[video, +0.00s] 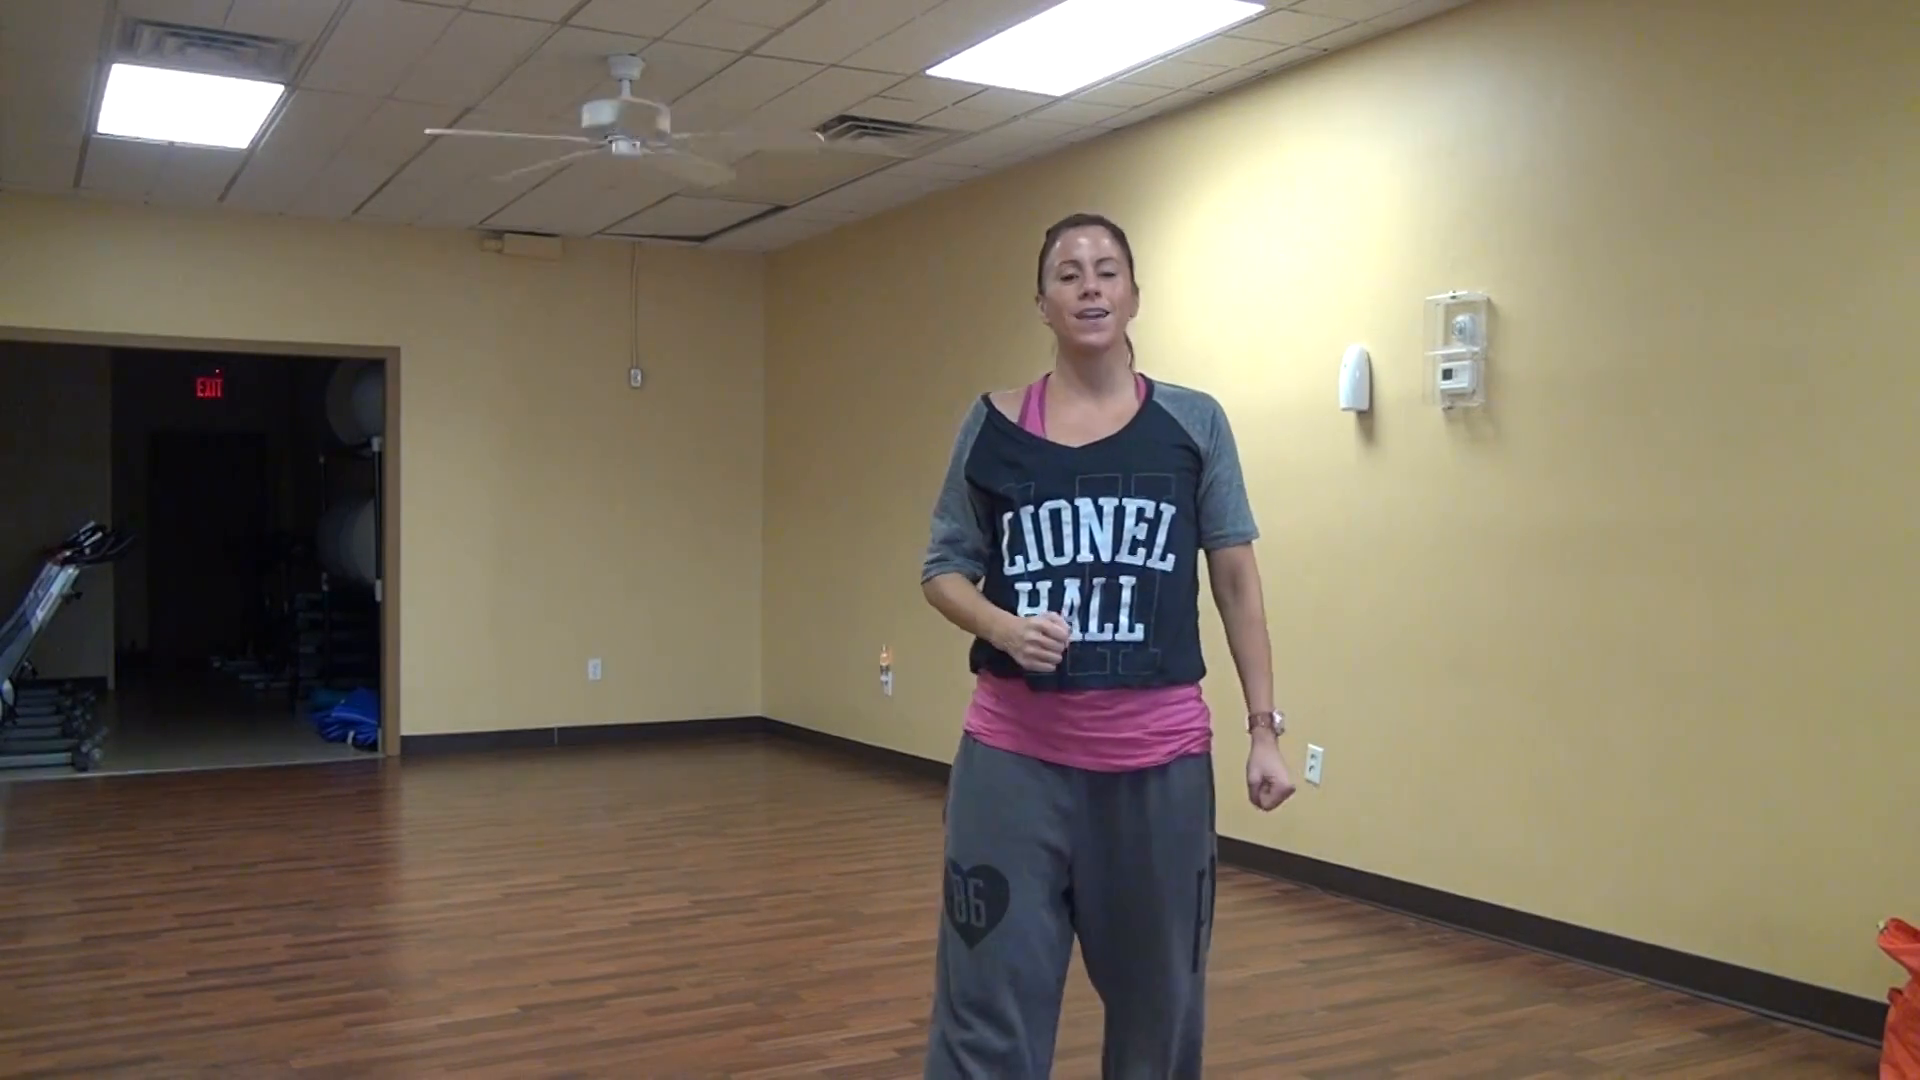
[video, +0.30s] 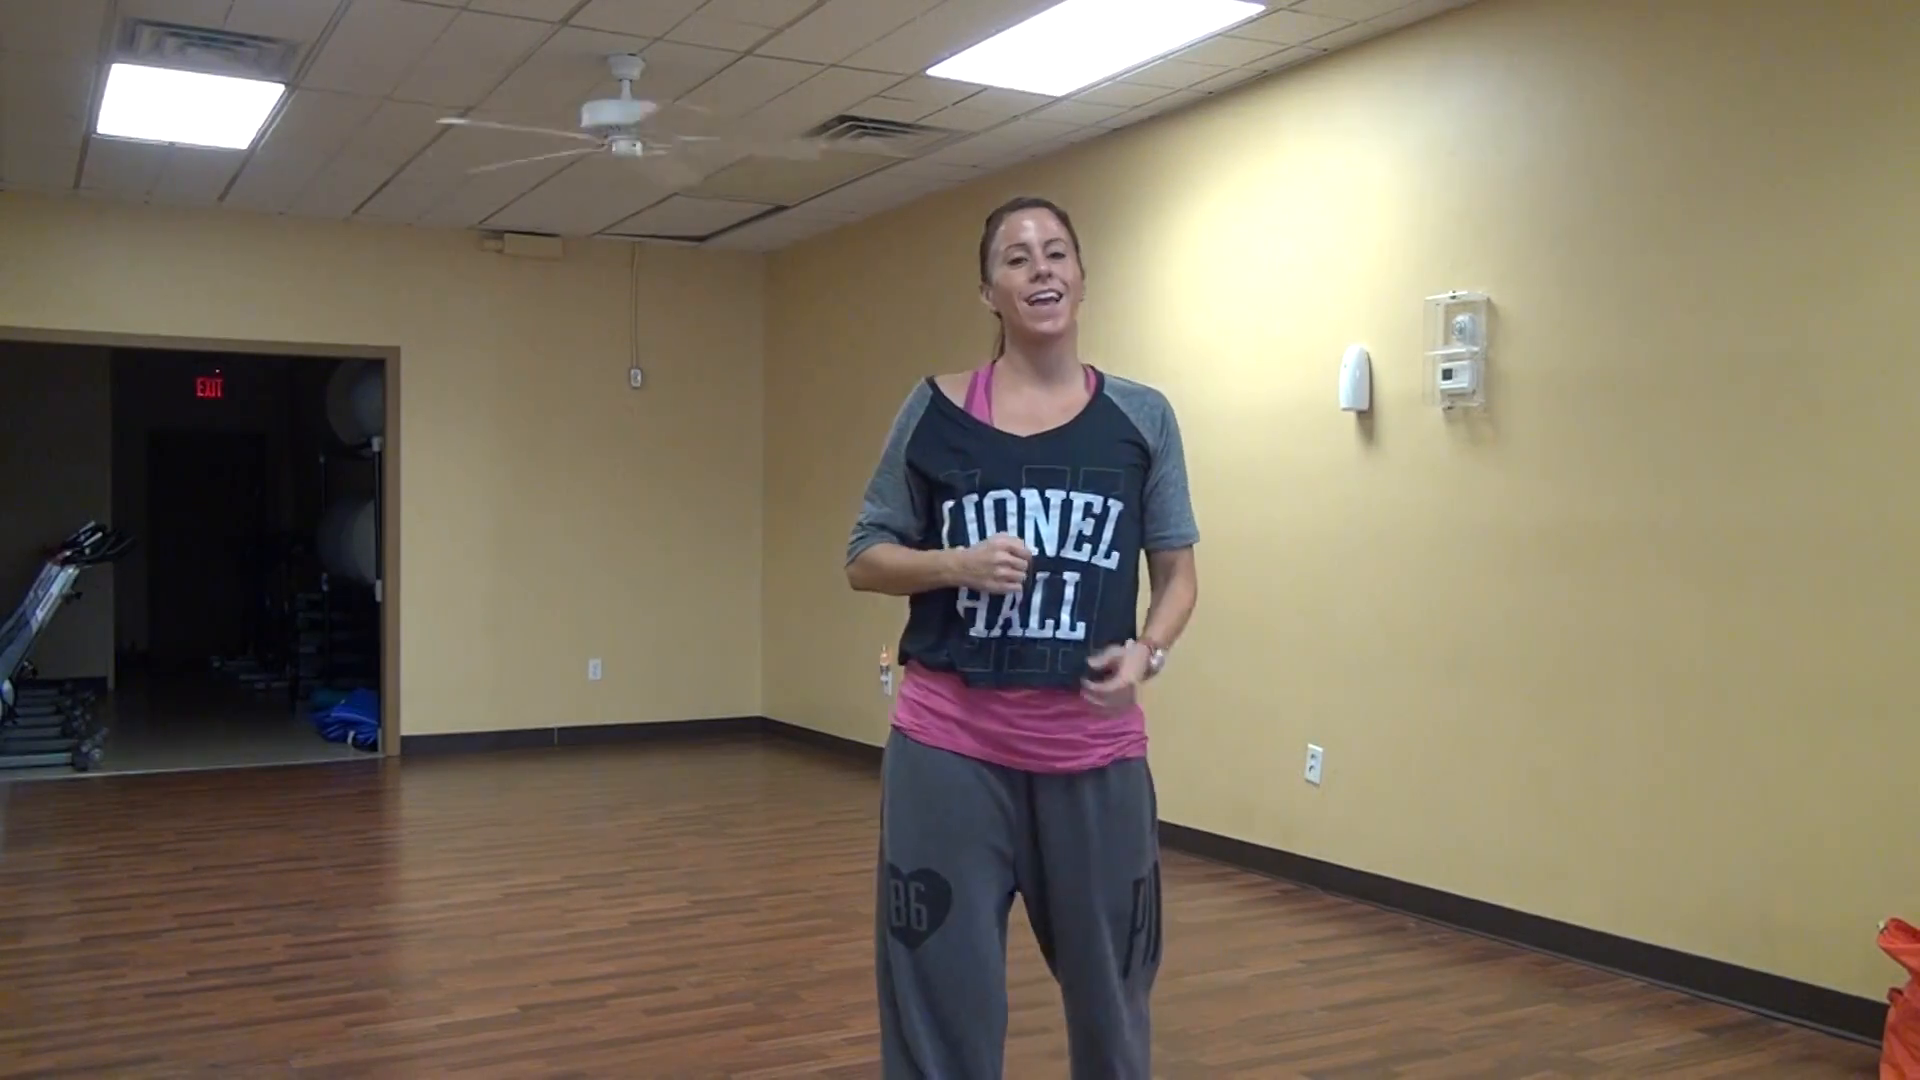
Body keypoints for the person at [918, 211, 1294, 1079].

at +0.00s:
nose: (1089, 286)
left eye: (1106, 270)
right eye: (1069, 273)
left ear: (1133, 292)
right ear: (1042, 299)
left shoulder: (1194, 421)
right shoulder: (996, 422)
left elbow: (1236, 580)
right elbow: (943, 570)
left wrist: (1264, 728)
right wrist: (1002, 627)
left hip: (1156, 759)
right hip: (1013, 754)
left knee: (1159, 1020)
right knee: (989, 1016)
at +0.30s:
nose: (1041, 270)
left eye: (1056, 253)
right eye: (1018, 258)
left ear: (1082, 275)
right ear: (988, 292)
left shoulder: (1142, 415)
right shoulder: (937, 407)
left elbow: (1176, 570)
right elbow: (866, 560)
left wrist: (1147, 649)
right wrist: (956, 565)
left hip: (1092, 750)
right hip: (947, 742)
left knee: (1112, 1008)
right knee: (938, 1005)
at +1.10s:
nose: (844, 277)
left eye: (866, 256)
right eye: (826, 260)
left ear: (905, 277)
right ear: (806, 280)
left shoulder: (973, 404)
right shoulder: (761, 413)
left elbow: (1052, 571)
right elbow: (700, 580)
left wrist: (915, 544)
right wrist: (799, 549)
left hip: (933, 760)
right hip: (779, 761)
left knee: (985, 1024)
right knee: (804, 1029)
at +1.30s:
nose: (851, 275)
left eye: (871, 254)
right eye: (831, 258)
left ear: (908, 274)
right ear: (810, 279)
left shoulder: (979, 400)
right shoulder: (768, 413)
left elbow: (1055, 570)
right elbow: (713, 585)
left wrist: (931, 544)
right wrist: (812, 546)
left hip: (943, 757)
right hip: (789, 758)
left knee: (997, 1019)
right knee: (814, 1025)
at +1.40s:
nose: (864, 271)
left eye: (884, 250)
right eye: (843, 255)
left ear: (920, 268)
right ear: (822, 276)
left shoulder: (992, 396)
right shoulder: (780, 408)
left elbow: (1061, 569)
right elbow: (725, 581)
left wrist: (947, 540)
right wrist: (823, 534)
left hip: (959, 754)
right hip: (804, 754)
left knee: (1019, 1019)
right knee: (826, 1025)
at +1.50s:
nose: (871, 269)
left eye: (891, 247)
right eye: (850, 252)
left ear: (926, 263)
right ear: (828, 272)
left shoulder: (999, 393)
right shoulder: (784, 404)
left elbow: (1067, 565)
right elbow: (729, 577)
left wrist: (961, 538)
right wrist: (828, 523)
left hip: (967, 753)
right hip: (811, 754)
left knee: (1032, 1028)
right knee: (832, 1032)